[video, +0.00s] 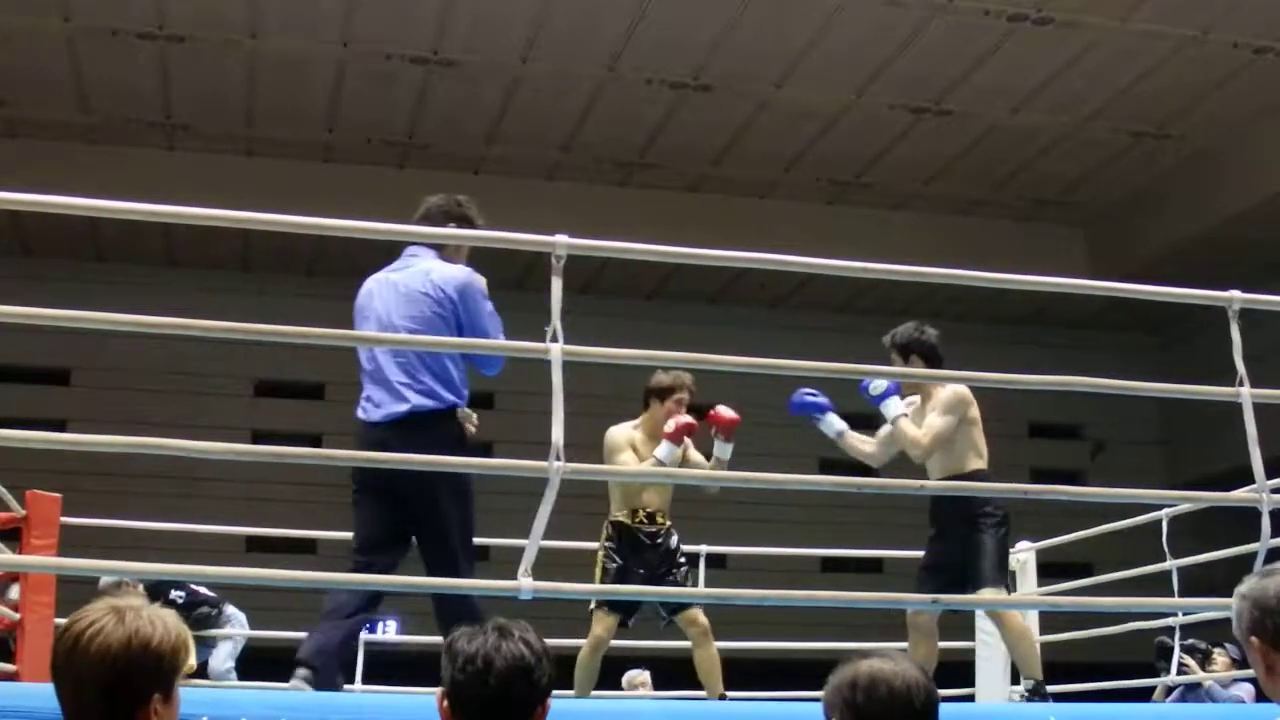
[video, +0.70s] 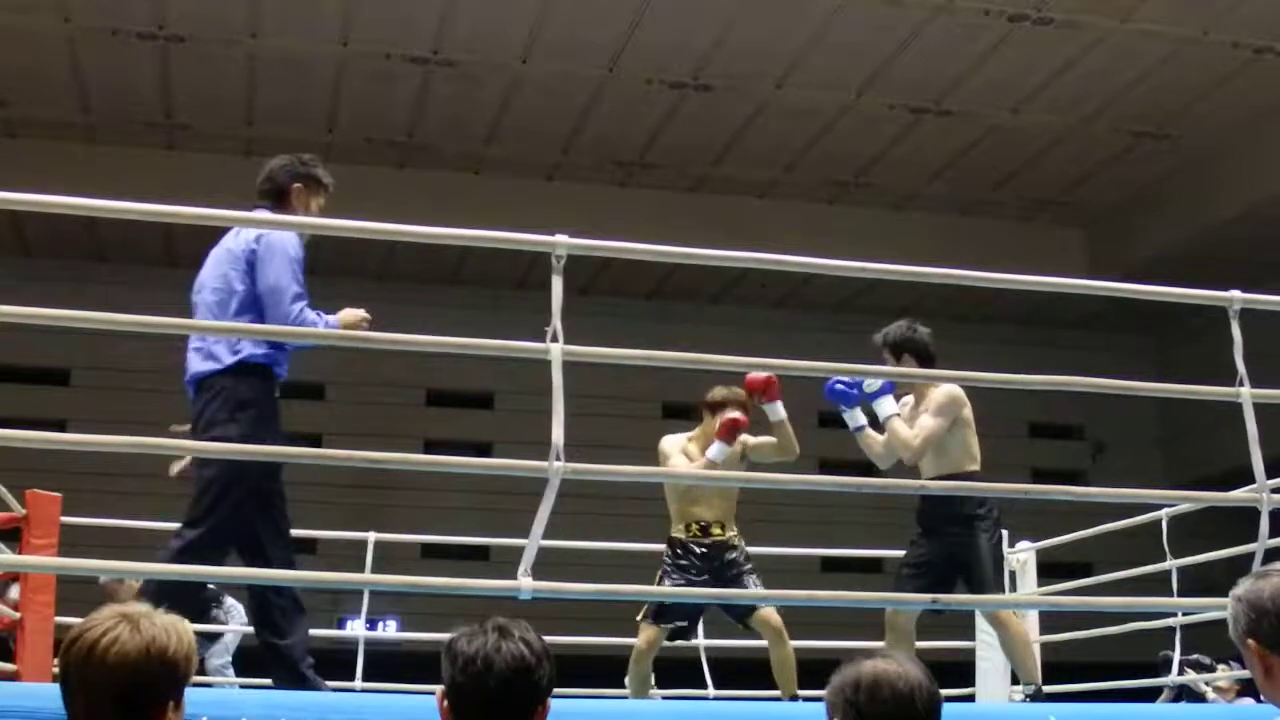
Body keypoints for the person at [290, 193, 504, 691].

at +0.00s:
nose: (469, 253)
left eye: (472, 245)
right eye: (469, 245)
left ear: (417, 234)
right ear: (452, 236)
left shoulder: (371, 287)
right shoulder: (458, 280)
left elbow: (386, 365)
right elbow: (492, 361)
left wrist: (450, 409)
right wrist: (472, 294)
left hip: (375, 438)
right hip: (434, 437)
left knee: (370, 565)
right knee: (451, 568)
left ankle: (311, 671)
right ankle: (478, 683)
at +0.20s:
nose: (427, 243)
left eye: (429, 233)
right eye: (425, 233)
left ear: (372, 224)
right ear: (404, 224)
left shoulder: (321, 276)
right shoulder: (410, 268)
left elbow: (333, 364)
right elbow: (414, 353)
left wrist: (405, 416)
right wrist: (441, 367)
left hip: (323, 427)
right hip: (382, 426)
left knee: (309, 554)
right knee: (409, 557)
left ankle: (300, 687)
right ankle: (435, 684)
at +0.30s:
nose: (410, 230)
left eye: (412, 221)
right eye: (408, 220)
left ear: (358, 215)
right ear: (389, 213)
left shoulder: (304, 266)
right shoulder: (389, 254)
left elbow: (295, 346)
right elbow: (375, 319)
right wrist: (398, 370)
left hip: (300, 412)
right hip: (356, 410)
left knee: (303, 545)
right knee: (391, 547)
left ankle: (300, 681)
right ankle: (377, 681)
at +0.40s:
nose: (393, 225)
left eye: (395, 217)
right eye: (392, 216)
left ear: (339, 208)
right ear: (371, 206)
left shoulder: (285, 267)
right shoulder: (367, 246)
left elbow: (267, 362)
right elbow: (347, 308)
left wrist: (256, 447)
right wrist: (376, 360)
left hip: (281, 409)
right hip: (329, 402)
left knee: (295, 536)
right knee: (362, 537)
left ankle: (290, 659)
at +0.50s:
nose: (372, 221)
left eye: (375, 212)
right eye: (371, 211)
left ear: (325, 204)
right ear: (350, 201)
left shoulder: (275, 257)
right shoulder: (336, 238)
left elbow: (239, 338)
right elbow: (326, 308)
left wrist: (215, 410)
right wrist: (372, 348)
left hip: (259, 404)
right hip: (301, 397)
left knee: (289, 537)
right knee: (322, 535)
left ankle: (296, 671)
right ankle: (212, 638)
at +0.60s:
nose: (346, 218)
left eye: (348, 208)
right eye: (344, 206)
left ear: (298, 200)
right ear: (324, 197)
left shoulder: (256, 248)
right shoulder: (309, 237)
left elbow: (217, 331)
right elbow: (307, 311)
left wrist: (204, 401)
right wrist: (352, 330)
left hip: (241, 394)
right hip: (272, 394)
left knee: (275, 529)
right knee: (279, 529)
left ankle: (294, 669)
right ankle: (171, 628)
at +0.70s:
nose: (319, 210)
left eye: (320, 201)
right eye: (317, 199)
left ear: (276, 194)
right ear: (296, 192)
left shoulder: (238, 238)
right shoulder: (277, 233)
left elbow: (216, 340)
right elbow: (286, 316)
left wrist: (201, 428)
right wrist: (335, 322)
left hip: (221, 390)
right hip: (241, 387)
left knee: (265, 531)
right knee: (211, 526)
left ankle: (292, 668)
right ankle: (138, 649)